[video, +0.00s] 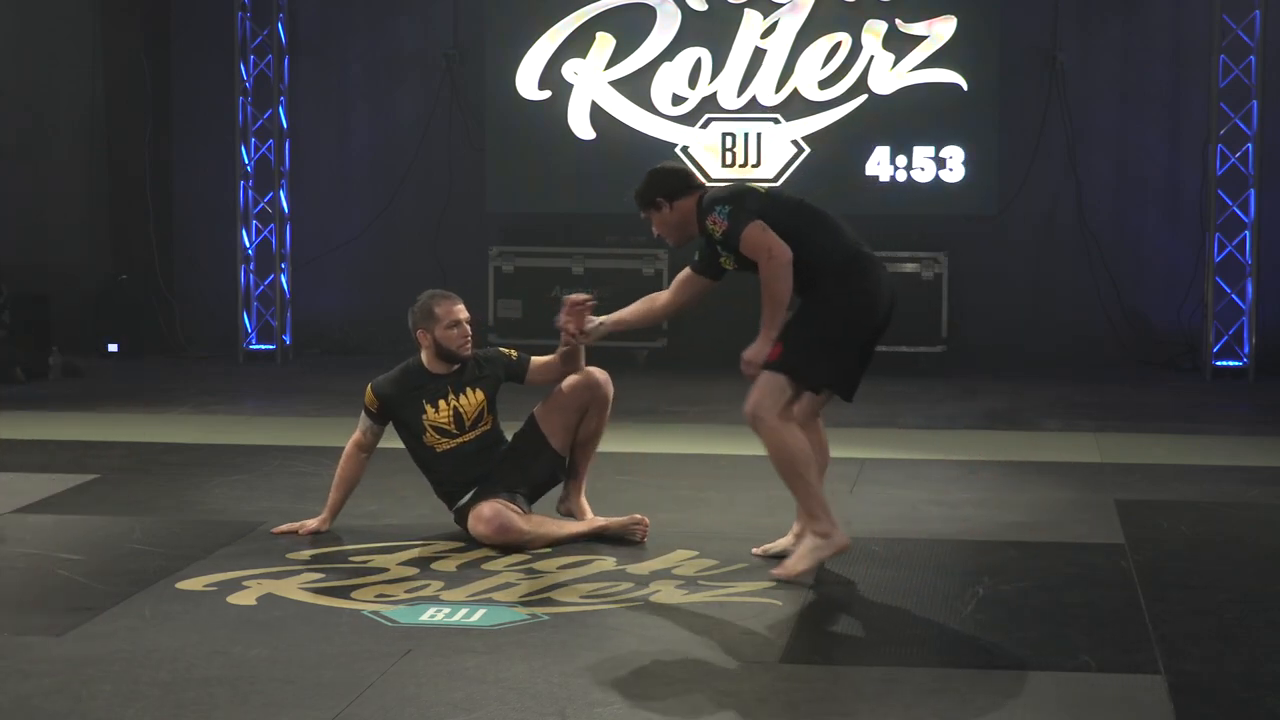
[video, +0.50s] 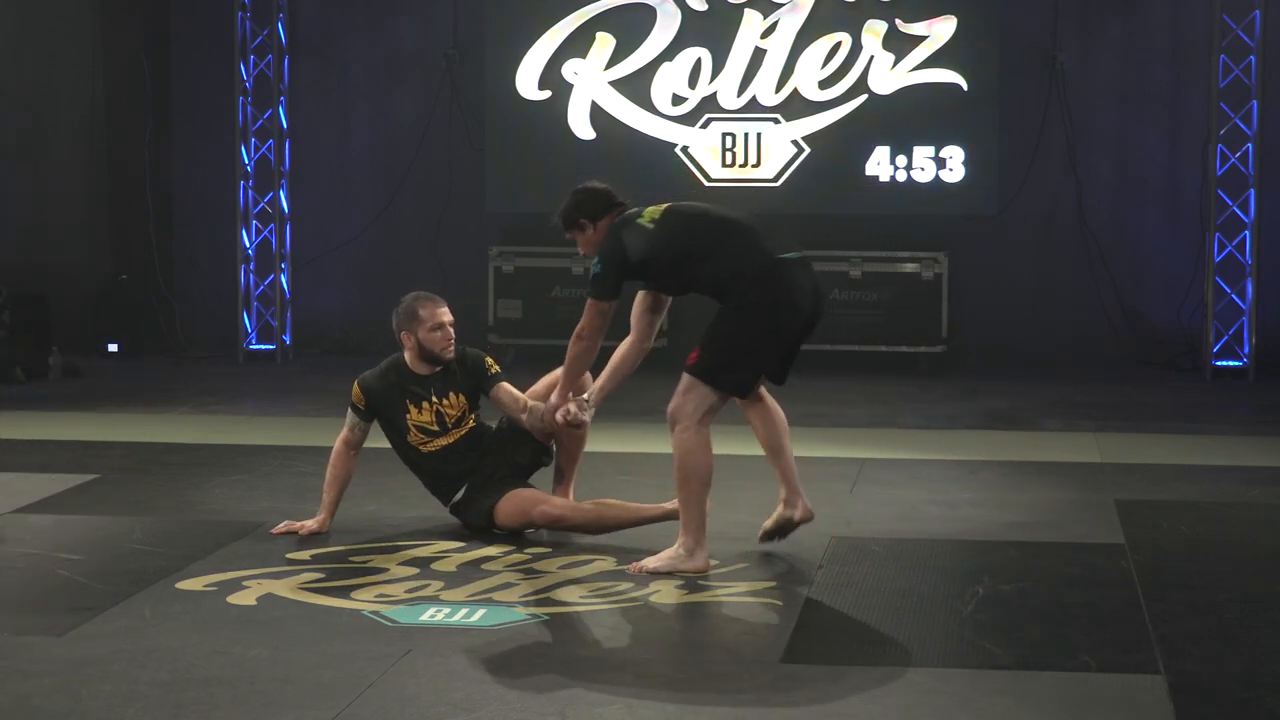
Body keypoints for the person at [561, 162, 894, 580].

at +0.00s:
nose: (653, 231)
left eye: (652, 219)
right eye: (649, 222)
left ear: (671, 204)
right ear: (675, 204)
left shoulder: (720, 209)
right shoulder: (717, 238)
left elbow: (776, 255)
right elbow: (668, 299)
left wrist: (766, 337)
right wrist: (600, 325)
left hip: (842, 295)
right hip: (859, 293)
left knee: (764, 409)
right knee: (803, 415)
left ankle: (824, 531)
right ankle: (806, 527)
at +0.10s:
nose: (643, 237)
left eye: (642, 224)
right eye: (639, 228)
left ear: (662, 208)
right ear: (665, 209)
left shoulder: (706, 212)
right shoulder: (708, 243)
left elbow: (755, 259)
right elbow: (659, 312)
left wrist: (726, 339)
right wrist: (592, 338)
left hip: (824, 298)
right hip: (851, 296)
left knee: (735, 405)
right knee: (791, 410)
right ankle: (804, 537)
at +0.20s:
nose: (631, 233)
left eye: (628, 221)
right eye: (626, 225)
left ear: (646, 207)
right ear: (655, 206)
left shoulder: (691, 215)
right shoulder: (697, 229)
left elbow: (713, 286)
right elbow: (665, 320)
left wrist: (665, 344)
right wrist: (601, 363)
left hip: (807, 300)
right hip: (834, 294)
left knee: (720, 414)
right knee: (776, 412)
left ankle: (696, 547)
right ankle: (801, 535)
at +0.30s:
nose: (616, 233)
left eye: (612, 221)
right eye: (610, 225)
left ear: (628, 207)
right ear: (652, 198)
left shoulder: (663, 223)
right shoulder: (696, 224)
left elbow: (652, 316)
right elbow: (660, 331)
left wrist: (595, 342)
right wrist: (601, 367)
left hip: (785, 301)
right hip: (822, 296)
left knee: (703, 414)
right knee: (766, 414)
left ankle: (693, 547)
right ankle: (797, 537)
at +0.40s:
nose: (597, 239)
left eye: (594, 227)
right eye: (592, 230)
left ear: (609, 213)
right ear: (631, 204)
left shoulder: (633, 232)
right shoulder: (679, 231)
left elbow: (596, 322)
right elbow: (648, 333)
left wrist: (546, 374)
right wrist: (592, 390)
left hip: (774, 297)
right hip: (811, 291)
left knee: (701, 414)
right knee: (758, 410)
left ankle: (692, 547)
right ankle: (793, 528)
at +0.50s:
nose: (580, 249)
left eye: (577, 238)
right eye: (575, 241)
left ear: (593, 223)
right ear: (615, 211)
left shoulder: (614, 244)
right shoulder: (663, 235)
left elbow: (587, 334)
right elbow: (639, 338)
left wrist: (561, 395)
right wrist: (593, 397)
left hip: (761, 294)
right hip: (797, 285)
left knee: (686, 414)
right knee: (748, 387)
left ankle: (691, 547)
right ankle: (793, 500)